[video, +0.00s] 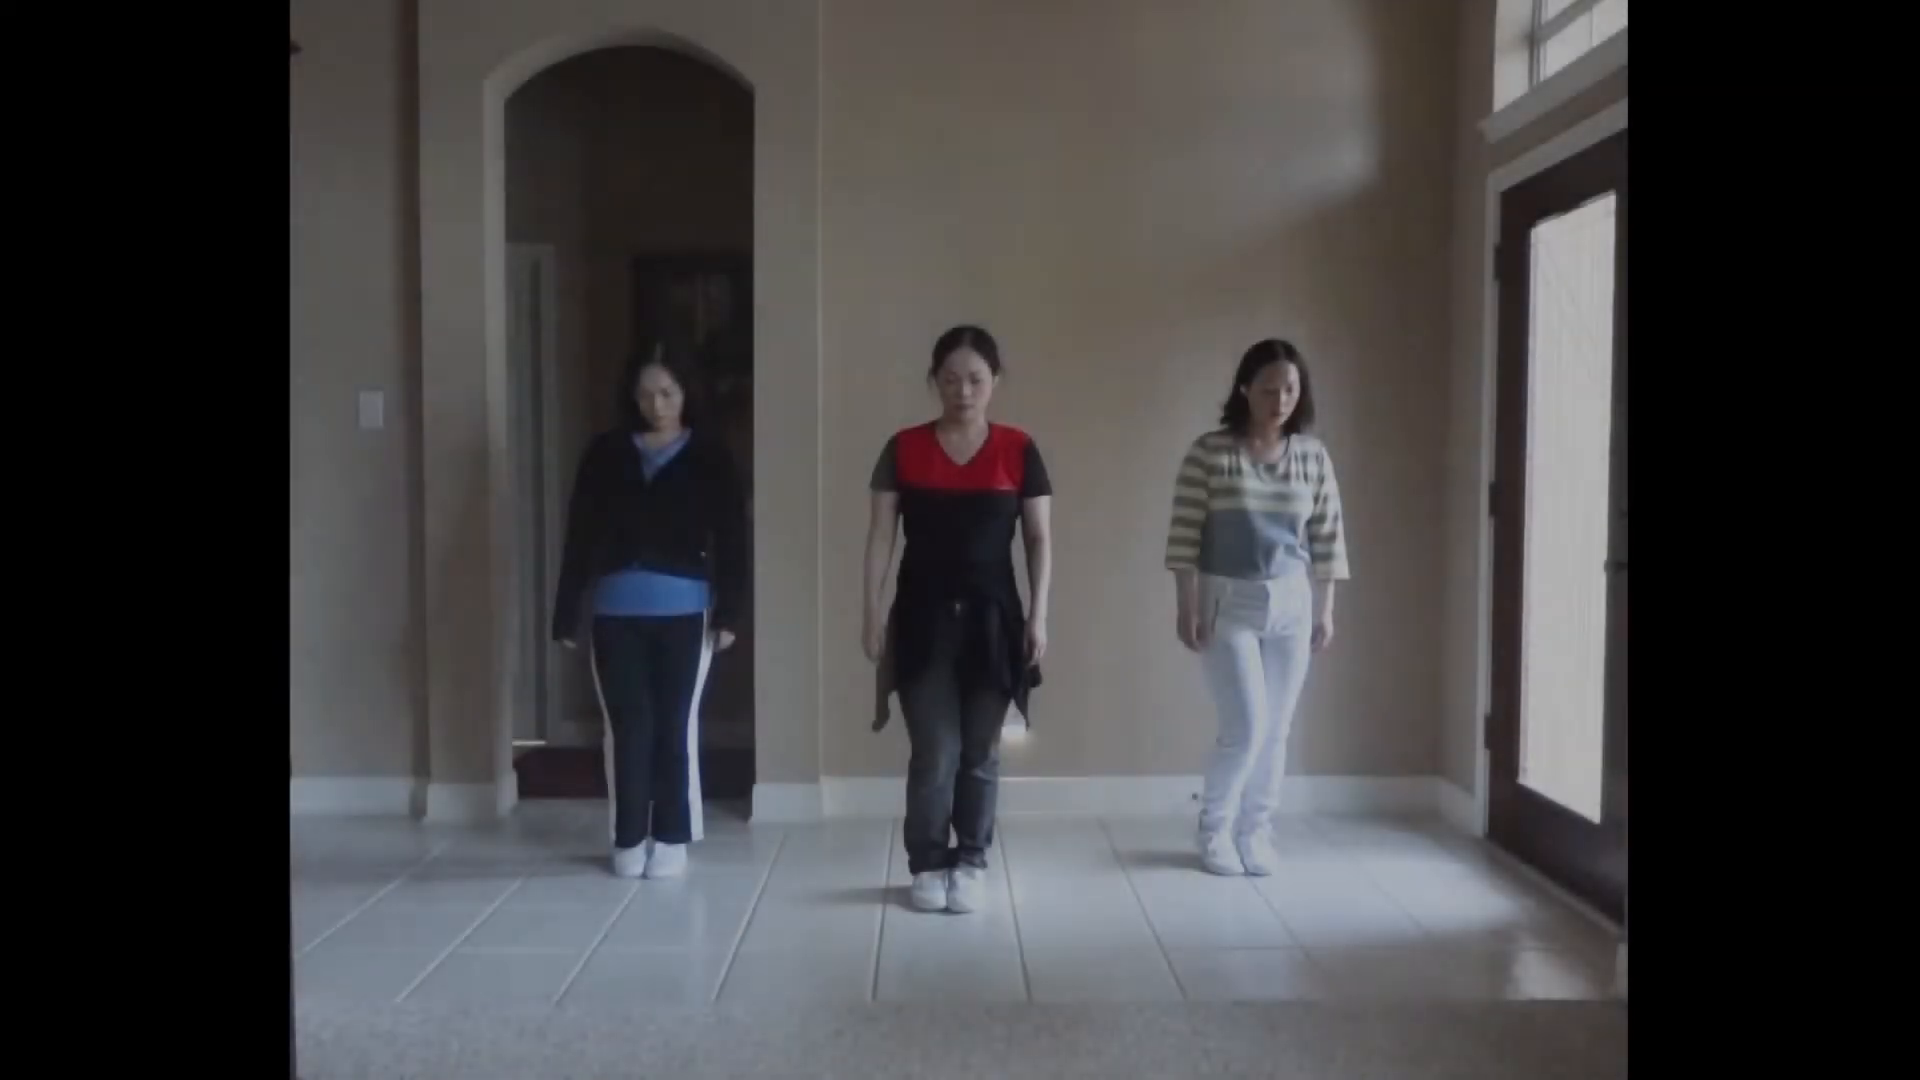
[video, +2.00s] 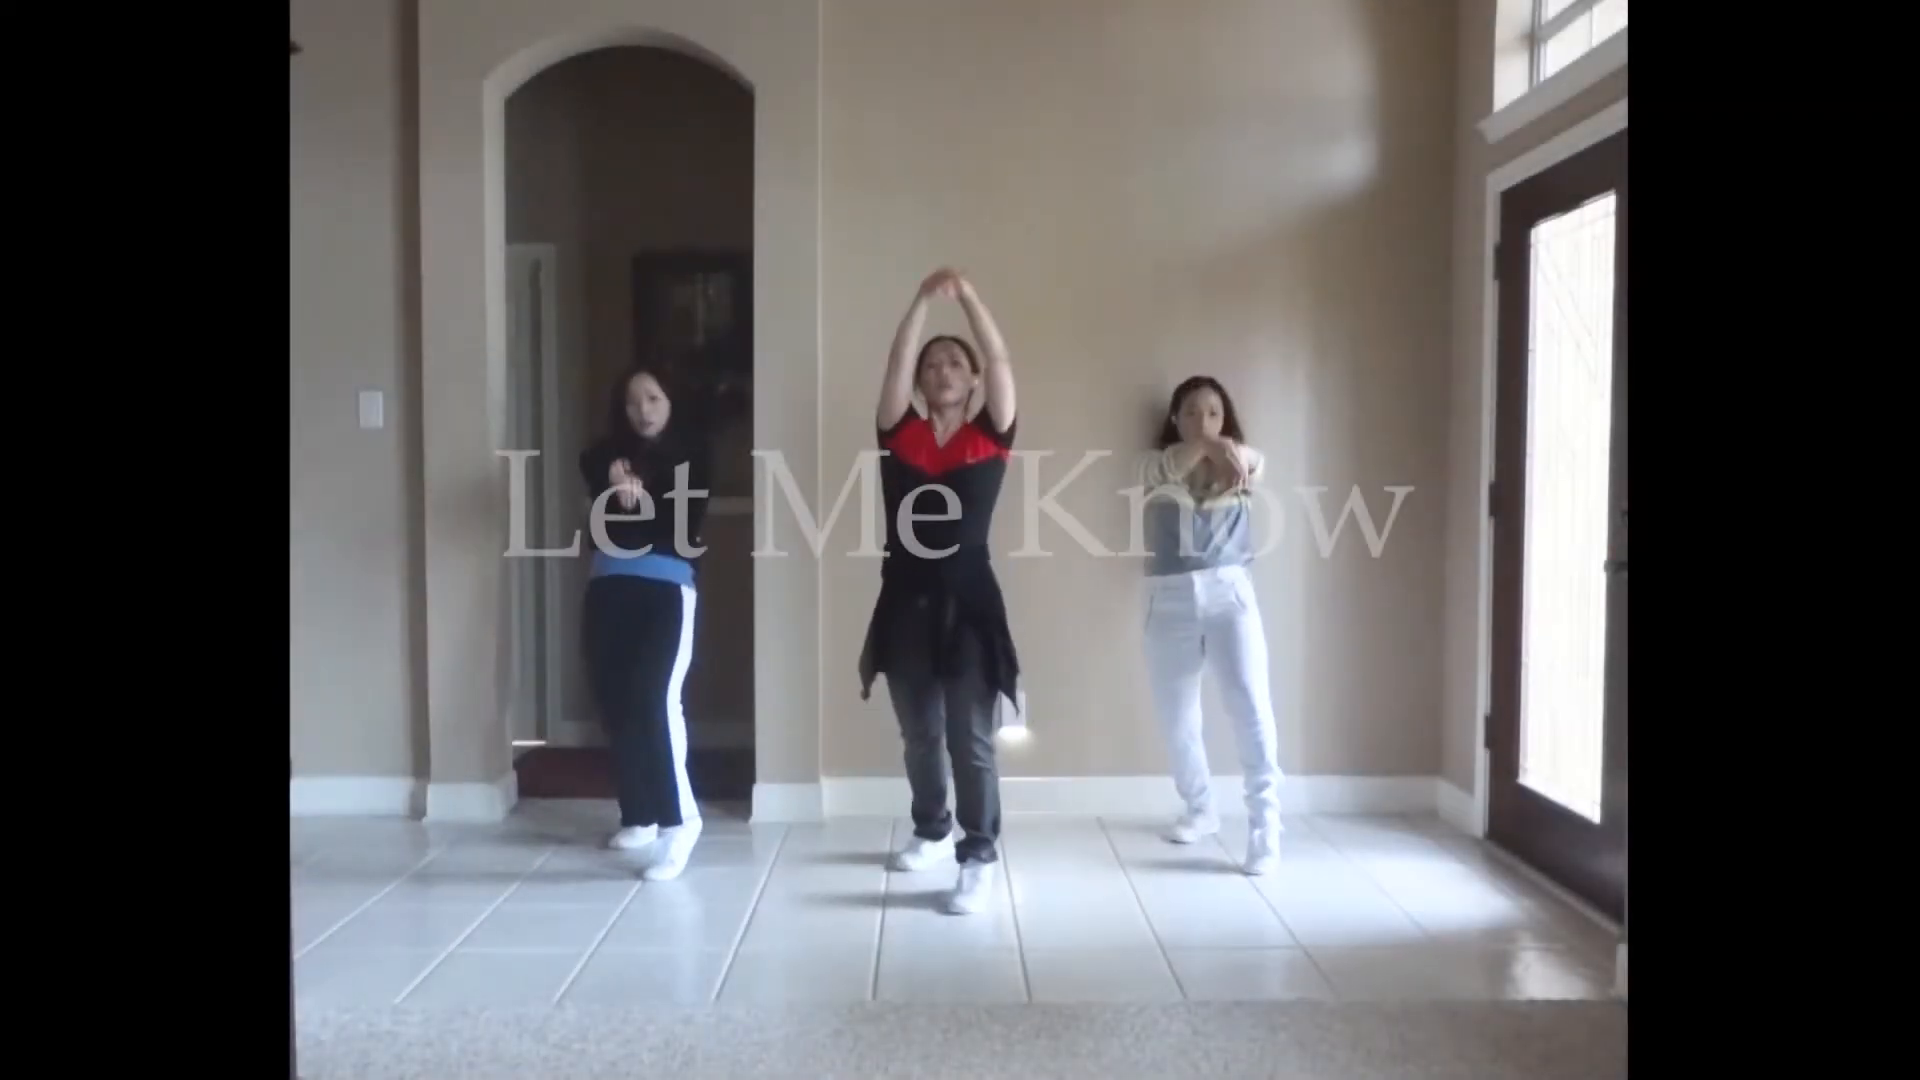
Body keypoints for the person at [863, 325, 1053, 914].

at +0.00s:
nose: (963, 388)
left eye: (975, 378)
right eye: (952, 377)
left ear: (993, 382)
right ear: (936, 381)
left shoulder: (1018, 450)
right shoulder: (905, 448)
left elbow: (1039, 539)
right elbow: (881, 536)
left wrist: (1038, 618)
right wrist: (873, 616)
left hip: (993, 618)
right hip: (923, 617)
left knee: (979, 751)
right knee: (935, 751)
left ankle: (969, 863)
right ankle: (928, 868)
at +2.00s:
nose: (945, 373)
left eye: (955, 365)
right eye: (934, 366)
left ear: (975, 380)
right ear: (918, 381)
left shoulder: (990, 442)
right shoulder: (898, 436)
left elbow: (997, 363)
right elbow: (899, 362)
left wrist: (968, 295)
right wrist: (924, 297)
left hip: (969, 602)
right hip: (906, 601)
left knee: (969, 738)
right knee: (919, 733)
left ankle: (978, 857)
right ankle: (932, 833)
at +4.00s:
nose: (975, 406)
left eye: (989, 397)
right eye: (965, 395)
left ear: (1006, 411)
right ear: (944, 407)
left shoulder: (1014, 471)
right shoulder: (915, 462)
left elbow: (1048, 483)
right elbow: (900, 471)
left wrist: (1020, 445)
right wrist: (922, 430)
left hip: (980, 639)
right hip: (909, 638)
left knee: (977, 778)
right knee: (908, 779)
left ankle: (971, 907)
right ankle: (921, 823)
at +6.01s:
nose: (974, 397)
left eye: (988, 384)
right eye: (962, 384)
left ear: (1010, 392)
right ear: (944, 391)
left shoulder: (1027, 469)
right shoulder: (917, 454)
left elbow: (1047, 565)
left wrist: (1062, 651)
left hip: (1012, 644)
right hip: (938, 645)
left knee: (1008, 791)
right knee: (962, 789)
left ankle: (975, 915)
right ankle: (919, 902)